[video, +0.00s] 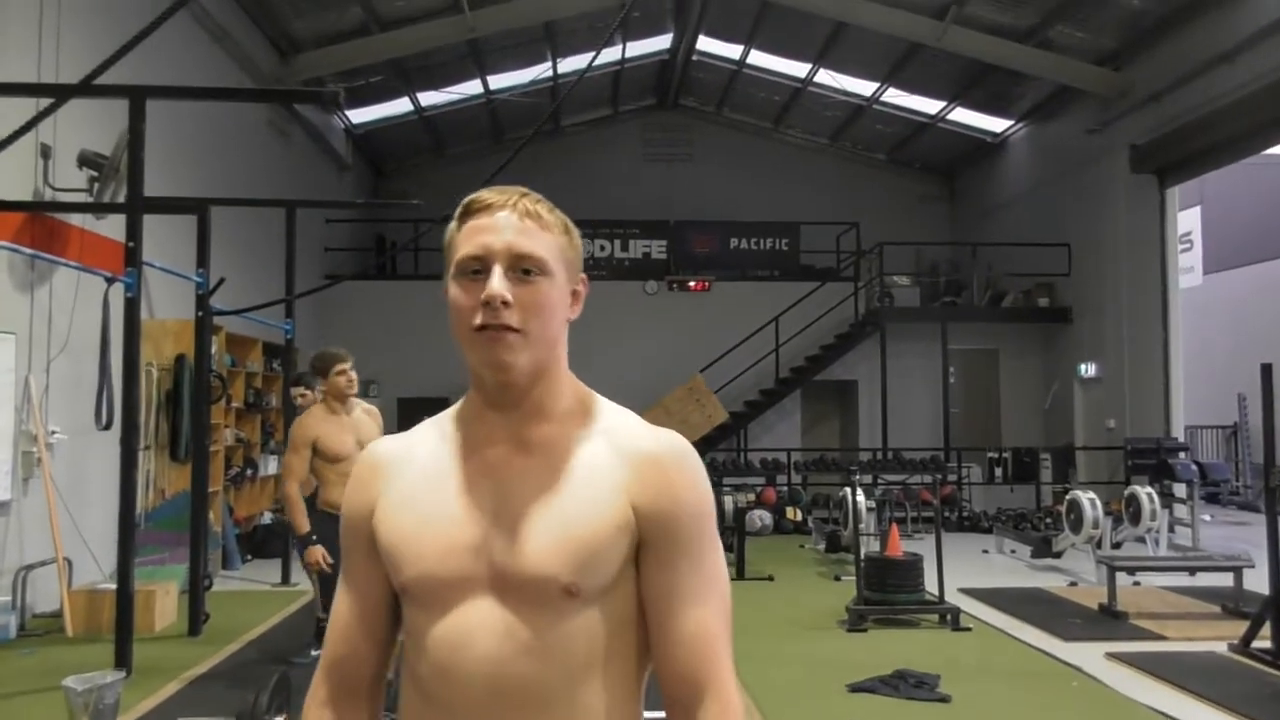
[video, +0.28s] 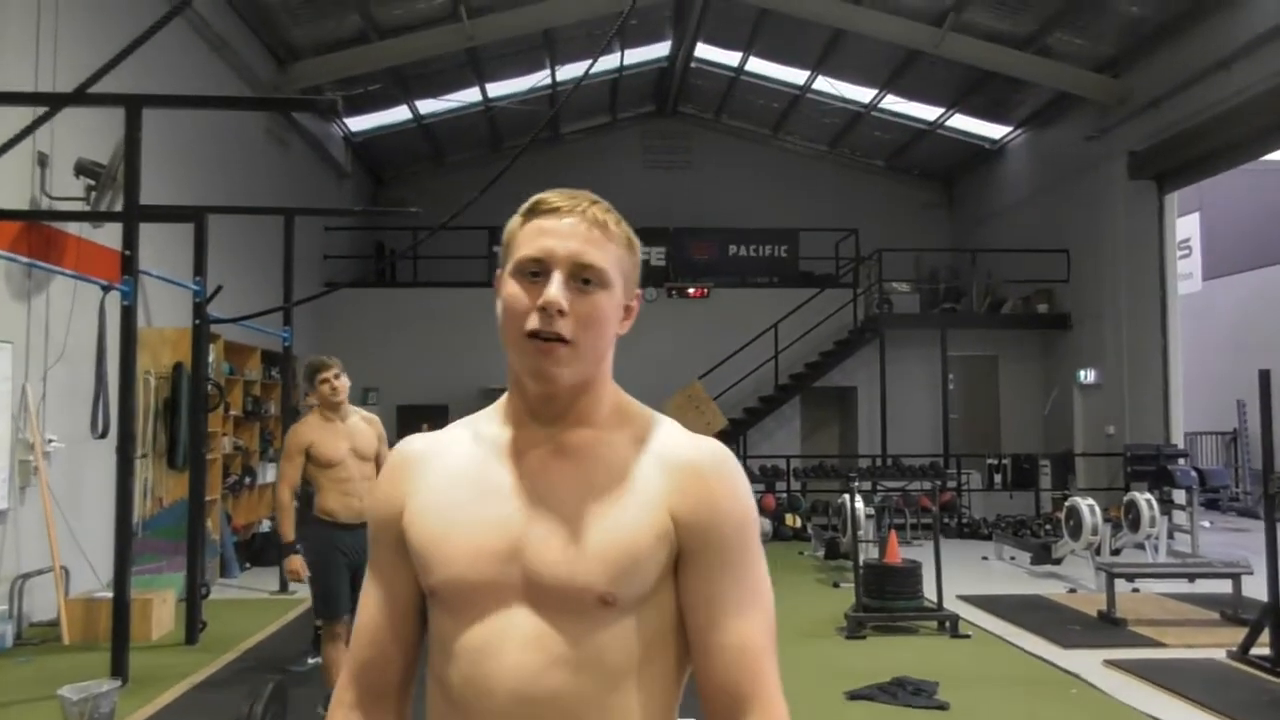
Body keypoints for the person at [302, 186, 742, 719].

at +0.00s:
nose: (495, 293)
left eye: (526, 271)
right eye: (472, 271)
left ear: (574, 299)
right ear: (447, 298)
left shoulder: (656, 467)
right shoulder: (384, 471)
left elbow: (706, 703)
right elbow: (340, 699)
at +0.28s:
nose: (551, 299)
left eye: (584, 280)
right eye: (532, 273)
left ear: (627, 312)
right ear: (499, 291)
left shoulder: (697, 476)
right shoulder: (416, 469)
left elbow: (749, 706)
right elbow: (365, 700)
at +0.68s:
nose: (624, 303)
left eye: (658, 288)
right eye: (604, 275)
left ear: (694, 323)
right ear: (564, 292)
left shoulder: (761, 497)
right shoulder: (463, 474)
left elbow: (818, 713)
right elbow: (405, 705)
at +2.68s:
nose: (590, 361)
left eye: (624, 343)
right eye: (571, 331)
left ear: (660, 380)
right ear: (533, 349)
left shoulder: (727, 549)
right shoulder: (428, 533)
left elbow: (775, 709)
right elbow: (381, 711)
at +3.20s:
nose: (580, 373)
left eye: (614, 354)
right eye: (559, 345)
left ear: (649, 389)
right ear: (519, 364)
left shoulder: (718, 565)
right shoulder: (415, 547)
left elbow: (760, 709)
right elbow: (369, 711)